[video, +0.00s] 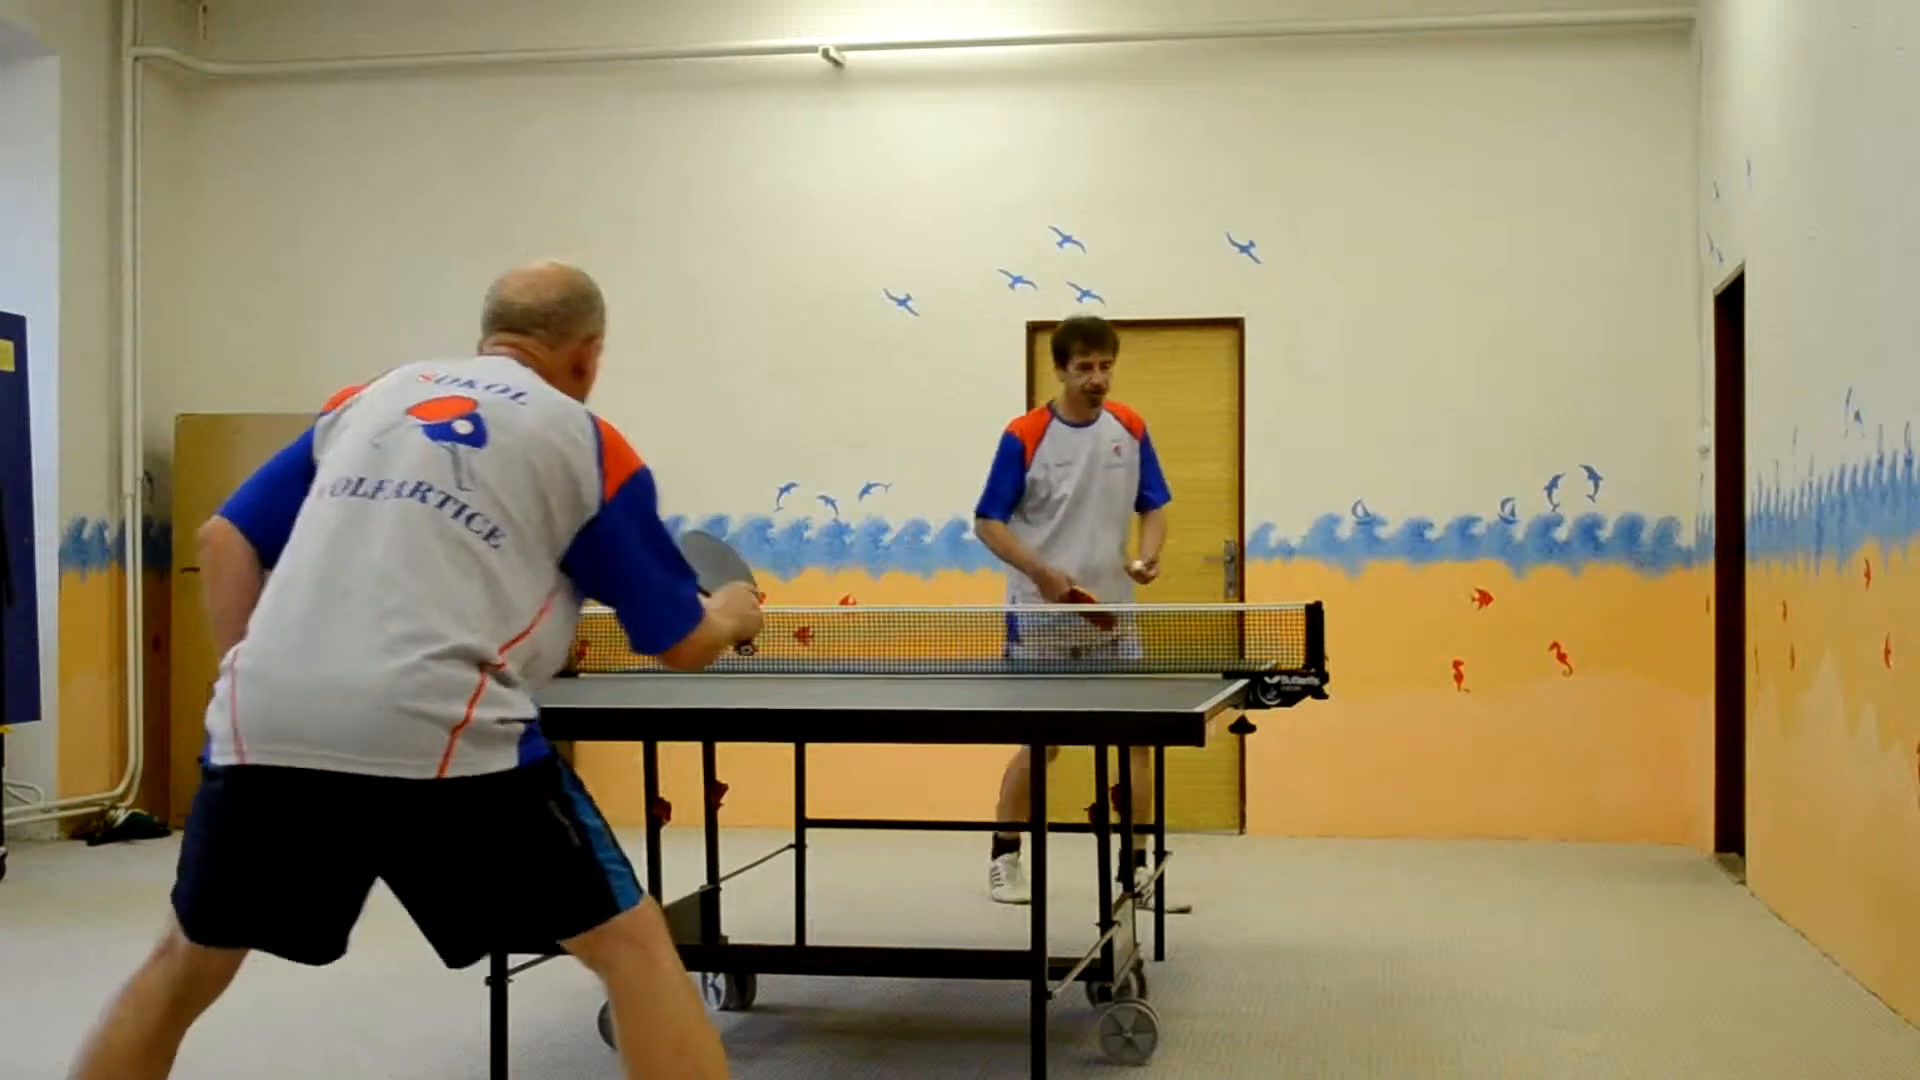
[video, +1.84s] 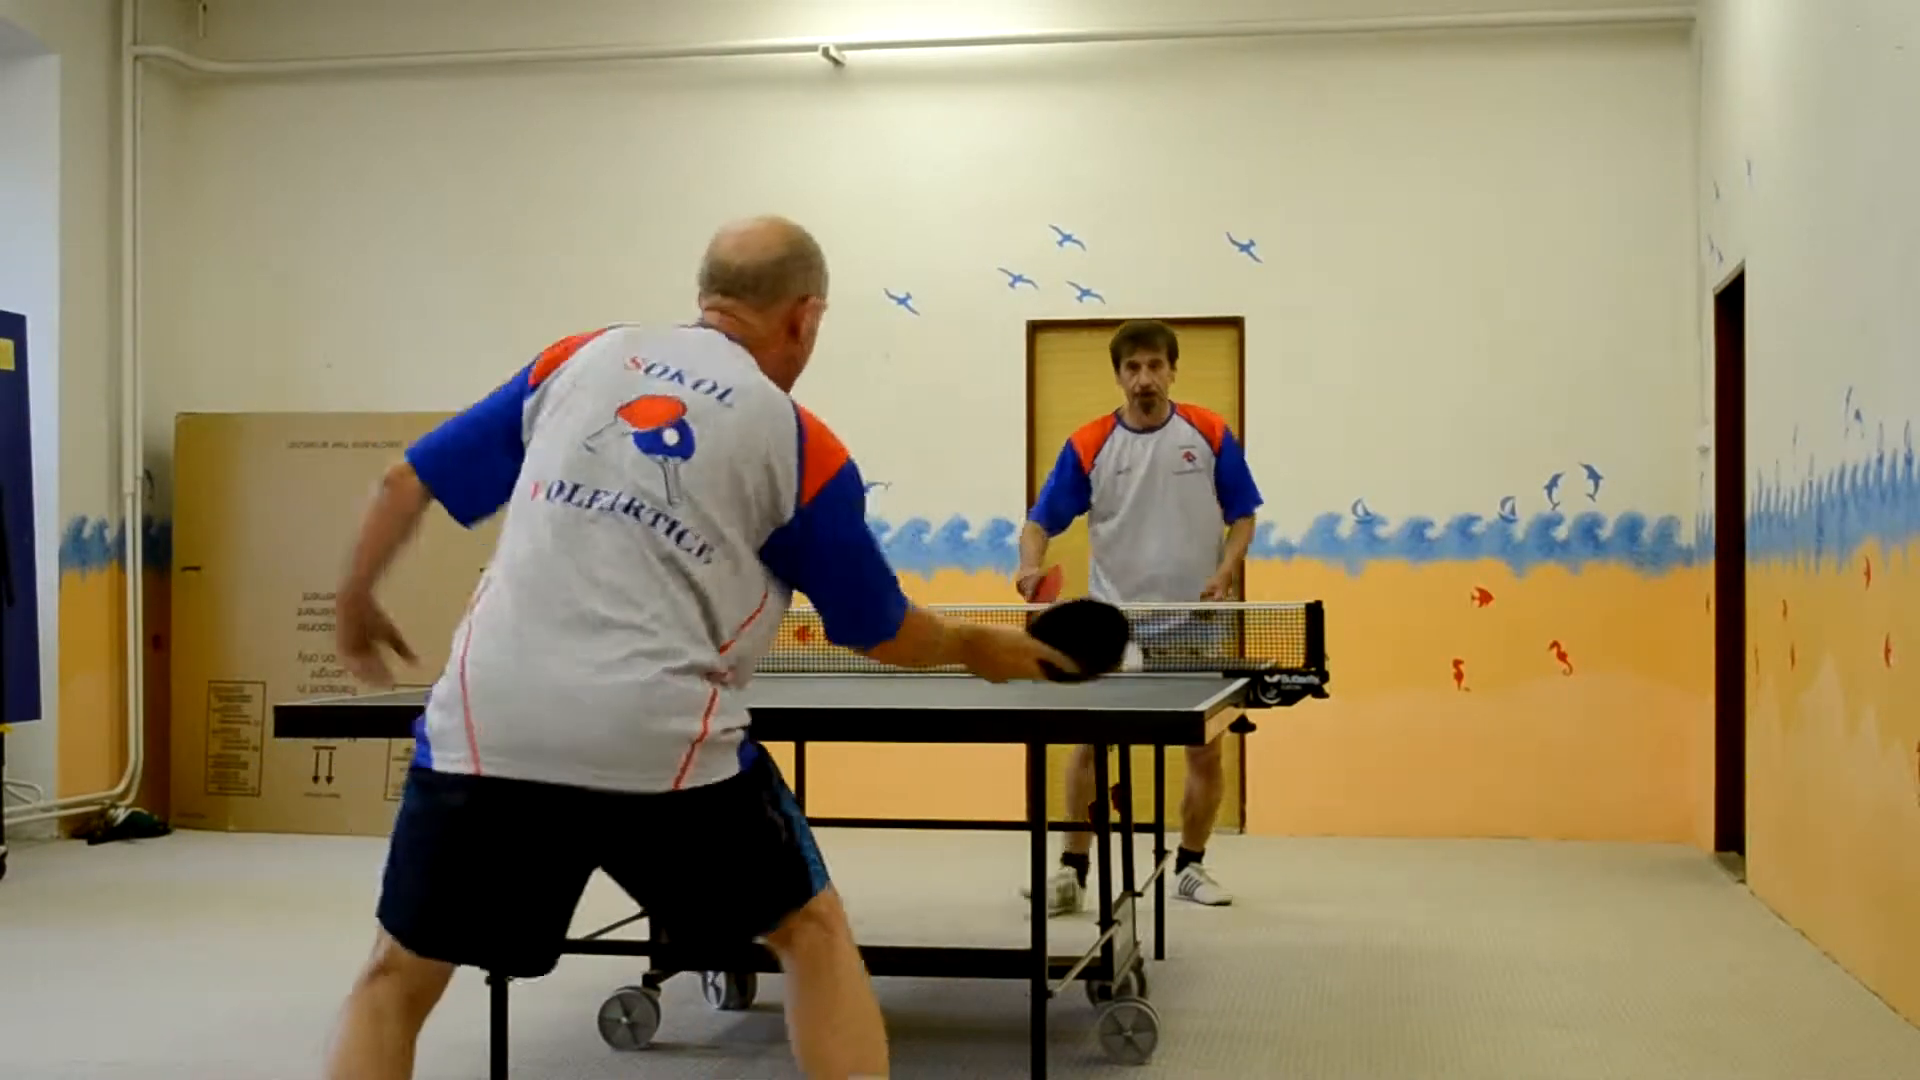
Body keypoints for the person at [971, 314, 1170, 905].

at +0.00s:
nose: (1096, 378)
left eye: (1104, 367)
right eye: (1085, 368)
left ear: (1114, 367)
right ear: (1060, 369)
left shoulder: (1129, 428)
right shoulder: (1024, 435)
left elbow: (1153, 505)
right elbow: (987, 522)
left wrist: (1147, 553)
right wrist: (1041, 573)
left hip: (1112, 616)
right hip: (1041, 616)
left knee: (1138, 737)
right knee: (1038, 741)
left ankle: (1132, 863)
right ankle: (1004, 858)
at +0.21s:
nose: (1136, 383)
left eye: (1145, 372)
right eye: (1125, 373)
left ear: (1156, 370)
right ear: (1101, 372)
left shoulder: (1175, 429)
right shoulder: (1061, 437)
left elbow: (1202, 507)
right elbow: (1021, 523)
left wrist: (1188, 556)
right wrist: (1074, 573)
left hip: (1153, 612)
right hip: (1084, 614)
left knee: (1159, 739)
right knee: (1097, 737)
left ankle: (1139, 867)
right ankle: (1083, 864)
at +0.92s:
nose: (1184, 430)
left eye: (1194, 417)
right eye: (1171, 419)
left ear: (1206, 410)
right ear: (1149, 411)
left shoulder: (1225, 444)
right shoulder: (1114, 462)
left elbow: (1257, 528)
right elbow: (1071, 557)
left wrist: (1232, 581)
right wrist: (1134, 607)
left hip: (1196, 616)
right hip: (1130, 622)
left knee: (1242, 724)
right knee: (1149, 739)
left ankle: (1197, 853)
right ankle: (1146, 881)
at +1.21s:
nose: (1191, 427)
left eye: (1199, 415)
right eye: (1177, 417)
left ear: (1207, 405)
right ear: (1150, 409)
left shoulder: (1220, 430)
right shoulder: (1123, 462)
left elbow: (1294, 481)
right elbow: (1122, 567)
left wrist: (1291, 522)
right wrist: (1204, 544)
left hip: (1195, 609)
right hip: (1132, 617)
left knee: (1249, 715)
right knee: (1158, 740)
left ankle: (1223, 825)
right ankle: (1149, 878)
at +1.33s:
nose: (1184, 418)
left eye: (1193, 405)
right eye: (1171, 407)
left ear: (1203, 399)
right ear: (1147, 403)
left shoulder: (1224, 433)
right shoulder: (1115, 459)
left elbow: (1303, 476)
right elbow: (1069, 544)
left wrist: (1324, 532)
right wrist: (1139, 557)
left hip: (1202, 619)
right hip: (1134, 625)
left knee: (1226, 748)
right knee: (1153, 750)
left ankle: (1197, 859)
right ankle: (1147, 883)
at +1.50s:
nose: (1171, 403)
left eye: (1181, 391)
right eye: (1160, 392)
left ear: (1198, 390)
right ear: (1143, 393)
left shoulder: (1229, 442)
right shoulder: (1110, 454)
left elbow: (1294, 501)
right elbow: (1034, 505)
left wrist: (1308, 560)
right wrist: (1048, 541)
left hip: (1207, 619)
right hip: (1135, 618)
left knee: (1214, 753)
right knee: (1144, 747)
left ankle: (1188, 867)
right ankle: (1146, 876)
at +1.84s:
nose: (1145, 377)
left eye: (1154, 366)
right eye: (1134, 367)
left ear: (1172, 370)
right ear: (1118, 373)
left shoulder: (1209, 433)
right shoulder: (1088, 445)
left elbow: (1241, 513)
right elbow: (1039, 521)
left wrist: (1226, 570)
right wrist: (1029, 567)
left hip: (1195, 621)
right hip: (1113, 625)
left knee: (1205, 749)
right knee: (1089, 742)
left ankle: (1188, 867)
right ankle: (1073, 872)